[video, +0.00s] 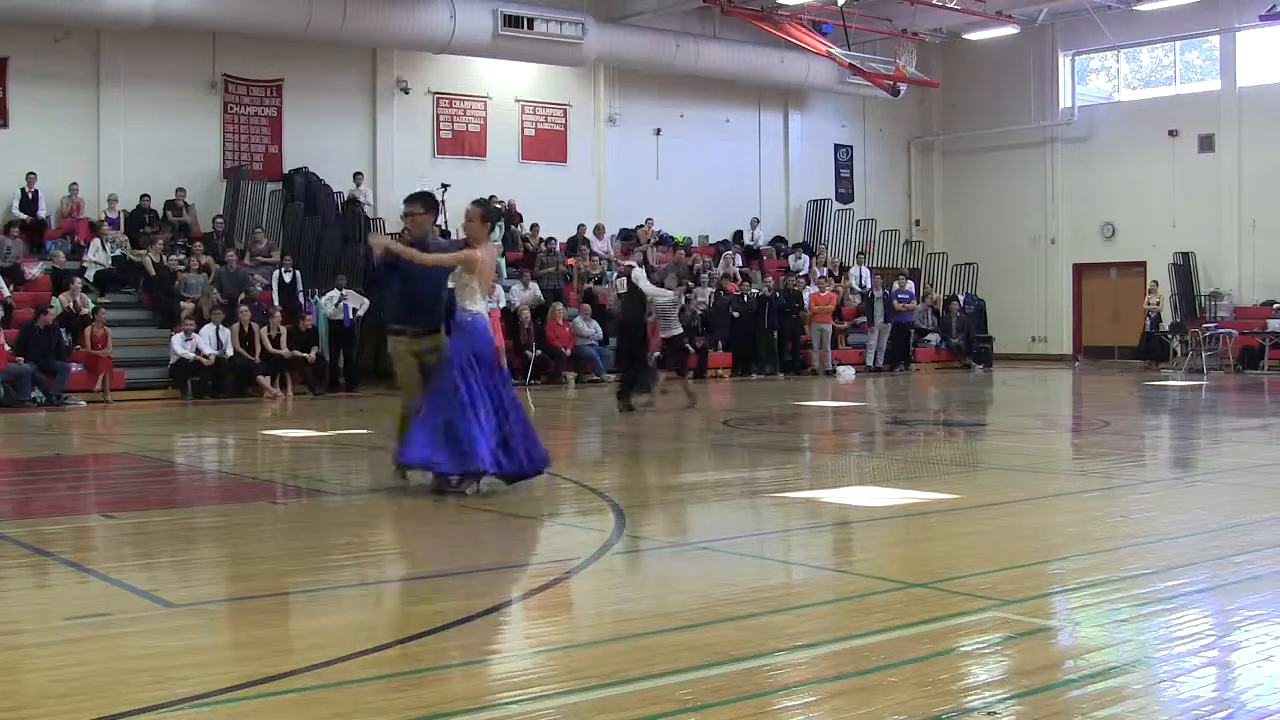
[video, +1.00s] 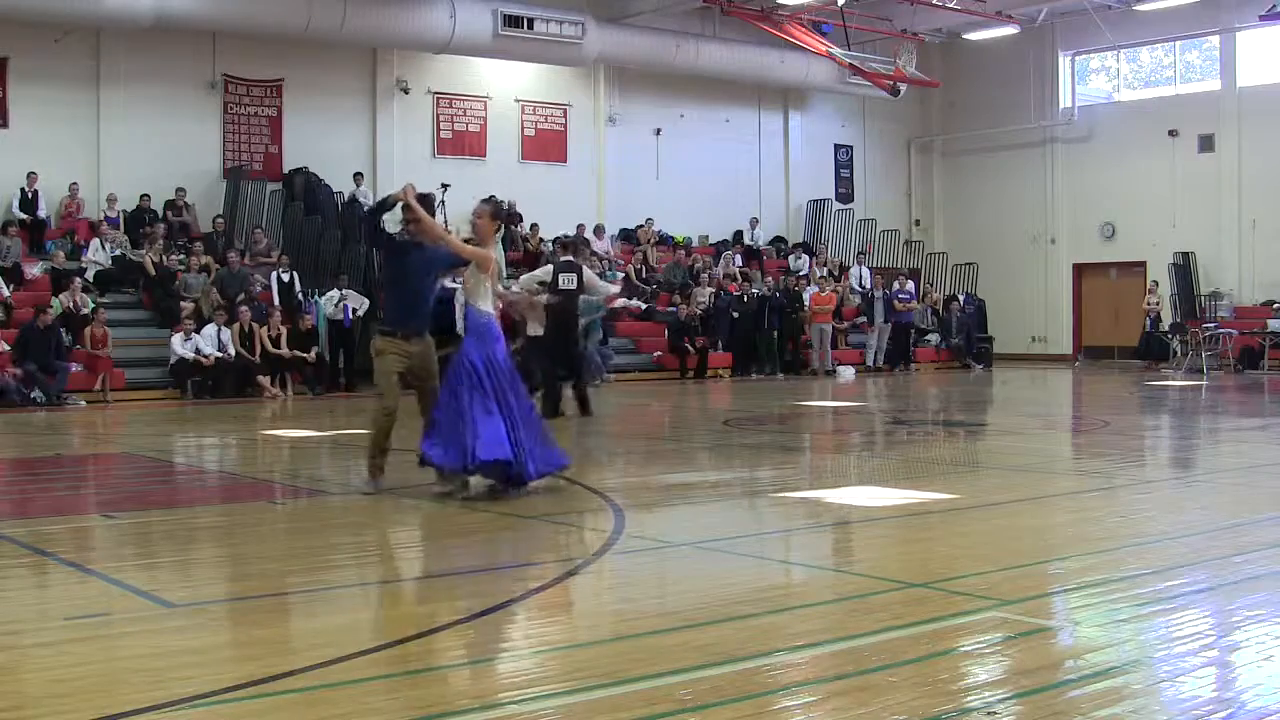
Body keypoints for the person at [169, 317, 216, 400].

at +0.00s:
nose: (188, 327)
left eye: (191, 325)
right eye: (186, 325)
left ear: (195, 327)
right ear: (183, 326)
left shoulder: (196, 337)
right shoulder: (176, 338)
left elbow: (204, 347)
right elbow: (179, 351)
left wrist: (211, 355)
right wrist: (199, 358)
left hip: (192, 363)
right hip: (177, 364)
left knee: (206, 363)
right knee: (183, 361)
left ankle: (201, 391)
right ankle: (184, 392)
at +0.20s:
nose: (188, 327)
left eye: (191, 325)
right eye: (186, 325)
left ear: (194, 327)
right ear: (182, 326)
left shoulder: (196, 337)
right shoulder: (176, 338)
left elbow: (204, 347)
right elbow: (179, 351)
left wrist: (211, 355)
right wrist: (199, 358)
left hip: (192, 363)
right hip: (177, 364)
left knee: (206, 363)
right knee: (183, 361)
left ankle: (202, 391)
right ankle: (184, 392)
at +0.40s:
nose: (188, 327)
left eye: (190, 325)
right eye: (186, 325)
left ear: (194, 326)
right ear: (182, 326)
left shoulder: (196, 337)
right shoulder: (175, 338)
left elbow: (203, 347)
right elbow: (179, 351)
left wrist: (211, 355)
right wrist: (198, 358)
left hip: (192, 363)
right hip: (177, 365)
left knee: (206, 363)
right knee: (183, 361)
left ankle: (202, 392)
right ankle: (184, 393)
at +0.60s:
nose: (188, 327)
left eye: (191, 325)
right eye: (186, 325)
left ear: (194, 326)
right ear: (182, 326)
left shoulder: (196, 337)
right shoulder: (175, 338)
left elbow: (204, 348)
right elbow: (178, 351)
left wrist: (211, 355)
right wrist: (198, 358)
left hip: (192, 363)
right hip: (177, 365)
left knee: (206, 363)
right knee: (183, 361)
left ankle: (202, 392)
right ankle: (184, 392)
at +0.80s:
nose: (188, 327)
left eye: (190, 325)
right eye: (185, 325)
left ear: (194, 326)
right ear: (182, 326)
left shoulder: (196, 337)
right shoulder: (175, 338)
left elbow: (204, 347)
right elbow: (179, 352)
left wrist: (211, 355)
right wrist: (199, 358)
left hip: (192, 363)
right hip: (177, 364)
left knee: (208, 364)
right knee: (183, 361)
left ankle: (202, 392)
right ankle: (184, 392)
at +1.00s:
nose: (188, 327)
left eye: (190, 325)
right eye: (185, 325)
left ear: (194, 326)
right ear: (182, 326)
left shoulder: (196, 337)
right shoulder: (175, 338)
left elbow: (204, 348)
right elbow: (179, 351)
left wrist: (211, 355)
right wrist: (199, 358)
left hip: (192, 363)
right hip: (177, 364)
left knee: (208, 364)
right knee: (183, 361)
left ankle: (202, 392)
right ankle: (184, 392)